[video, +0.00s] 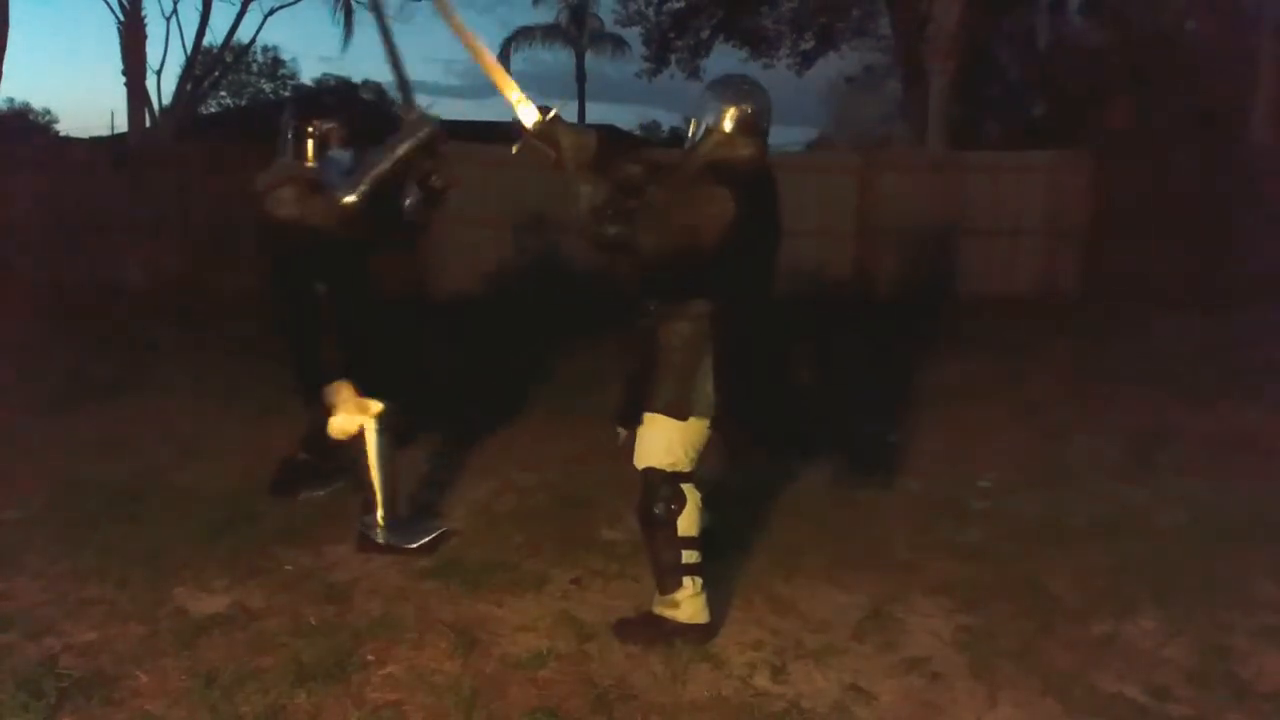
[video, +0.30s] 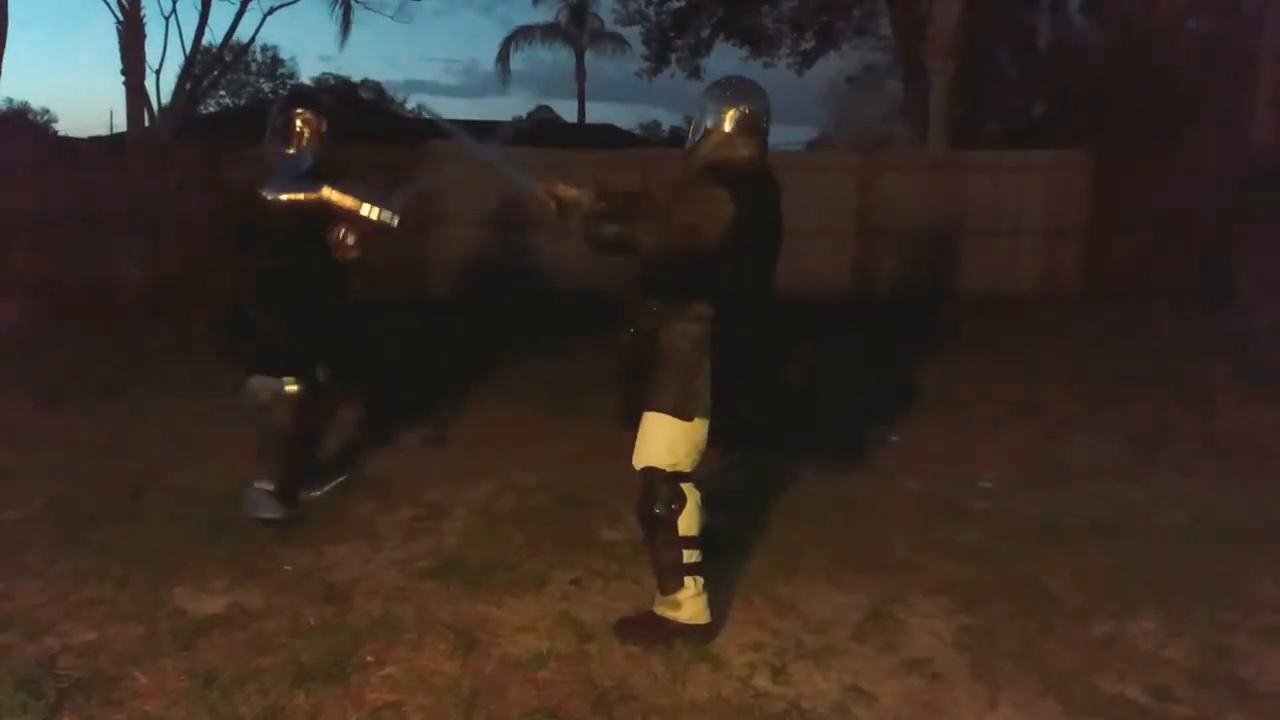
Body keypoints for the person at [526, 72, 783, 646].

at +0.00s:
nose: (694, 125)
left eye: (705, 116)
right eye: (698, 116)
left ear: (729, 119)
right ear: (741, 119)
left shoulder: (733, 182)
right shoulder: (708, 169)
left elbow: (664, 237)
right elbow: (636, 158)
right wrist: (559, 135)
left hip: (702, 336)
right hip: (682, 331)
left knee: (665, 466)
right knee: (659, 456)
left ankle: (683, 606)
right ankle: (678, 596)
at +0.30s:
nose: (693, 130)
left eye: (703, 120)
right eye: (698, 120)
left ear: (727, 123)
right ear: (747, 124)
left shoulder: (728, 189)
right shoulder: (738, 182)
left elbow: (672, 239)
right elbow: (662, 212)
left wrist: (598, 226)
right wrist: (595, 204)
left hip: (700, 344)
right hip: (703, 339)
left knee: (664, 469)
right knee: (672, 466)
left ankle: (683, 604)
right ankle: (682, 598)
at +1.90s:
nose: (739, 128)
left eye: (747, 117)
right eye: (745, 117)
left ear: (762, 120)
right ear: (804, 121)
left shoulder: (765, 187)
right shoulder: (814, 183)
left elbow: (706, 257)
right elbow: (727, 246)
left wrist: (633, 254)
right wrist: (662, 236)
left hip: (747, 353)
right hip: (784, 345)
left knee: (728, 499)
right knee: (748, 472)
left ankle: (759, 644)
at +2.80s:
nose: (749, 145)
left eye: (758, 135)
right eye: (758, 136)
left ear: (771, 137)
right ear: (809, 142)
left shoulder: (776, 198)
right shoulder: (799, 195)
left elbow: (712, 252)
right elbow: (721, 235)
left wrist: (645, 214)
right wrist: (657, 205)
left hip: (744, 362)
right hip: (782, 349)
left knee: (717, 509)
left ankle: (777, 658)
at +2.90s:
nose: (740, 146)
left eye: (748, 136)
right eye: (747, 136)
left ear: (762, 139)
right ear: (801, 142)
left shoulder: (767, 202)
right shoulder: (794, 198)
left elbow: (704, 235)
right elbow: (713, 213)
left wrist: (643, 208)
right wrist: (655, 184)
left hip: (738, 366)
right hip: (766, 359)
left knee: (725, 510)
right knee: (744, 494)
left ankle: (775, 655)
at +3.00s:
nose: (736, 143)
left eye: (744, 132)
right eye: (744, 132)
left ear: (755, 134)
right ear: (789, 136)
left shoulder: (757, 193)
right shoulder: (782, 190)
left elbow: (702, 226)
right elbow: (704, 192)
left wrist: (642, 182)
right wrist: (654, 157)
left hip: (738, 343)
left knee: (737, 486)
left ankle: (767, 632)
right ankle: (725, 525)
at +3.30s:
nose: (722, 131)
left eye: (733, 122)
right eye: (728, 122)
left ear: (752, 126)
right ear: (777, 126)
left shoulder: (755, 182)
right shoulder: (777, 175)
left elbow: (694, 207)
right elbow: (693, 164)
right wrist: (639, 122)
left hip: (740, 325)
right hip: (758, 319)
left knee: (687, 446)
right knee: (726, 422)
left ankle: (716, 564)